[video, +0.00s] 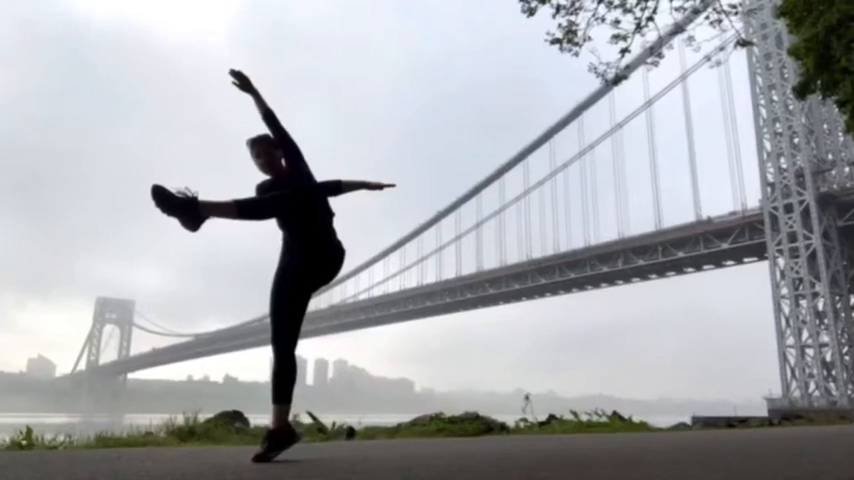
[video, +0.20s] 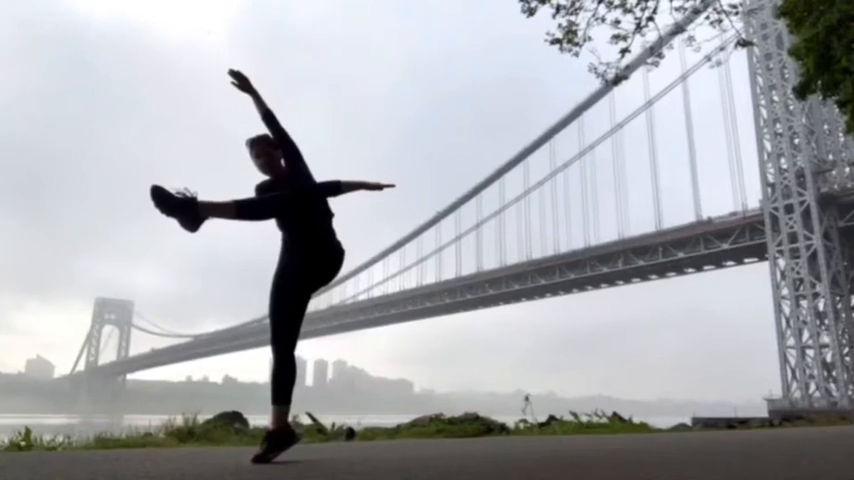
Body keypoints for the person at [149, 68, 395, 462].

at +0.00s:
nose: (261, 161)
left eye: (265, 154)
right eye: (257, 157)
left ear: (280, 151)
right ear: (255, 162)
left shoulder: (299, 172)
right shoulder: (267, 192)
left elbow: (280, 131)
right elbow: (323, 189)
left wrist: (254, 92)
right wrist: (365, 185)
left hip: (325, 255)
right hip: (294, 263)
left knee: (282, 203)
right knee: (283, 344)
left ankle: (201, 210)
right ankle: (281, 427)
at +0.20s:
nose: (261, 161)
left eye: (265, 154)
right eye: (256, 158)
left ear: (279, 151)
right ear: (254, 162)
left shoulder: (298, 173)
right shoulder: (266, 193)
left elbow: (280, 132)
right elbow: (322, 189)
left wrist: (253, 93)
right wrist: (365, 186)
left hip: (324, 256)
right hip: (294, 264)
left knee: (283, 203)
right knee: (283, 346)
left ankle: (200, 210)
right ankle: (280, 428)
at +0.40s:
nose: (260, 161)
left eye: (265, 154)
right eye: (256, 158)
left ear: (279, 152)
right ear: (254, 163)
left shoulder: (298, 173)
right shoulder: (266, 193)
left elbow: (279, 131)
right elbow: (320, 190)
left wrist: (253, 93)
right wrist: (363, 186)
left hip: (323, 256)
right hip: (293, 265)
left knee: (282, 203)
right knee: (282, 346)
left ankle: (199, 210)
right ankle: (279, 429)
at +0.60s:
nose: (259, 161)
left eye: (264, 154)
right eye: (255, 158)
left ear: (278, 153)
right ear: (253, 163)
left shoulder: (297, 173)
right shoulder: (264, 193)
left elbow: (278, 131)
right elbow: (317, 191)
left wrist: (252, 93)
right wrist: (360, 186)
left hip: (323, 256)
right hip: (292, 265)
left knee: (280, 203)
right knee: (282, 347)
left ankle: (198, 211)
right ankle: (279, 430)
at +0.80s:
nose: (259, 162)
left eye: (263, 155)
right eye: (254, 159)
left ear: (277, 153)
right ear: (253, 163)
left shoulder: (296, 172)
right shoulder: (264, 193)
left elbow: (277, 131)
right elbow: (319, 191)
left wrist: (251, 93)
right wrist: (361, 187)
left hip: (322, 256)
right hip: (292, 265)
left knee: (279, 204)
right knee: (281, 348)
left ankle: (197, 211)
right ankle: (278, 431)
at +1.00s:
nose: (257, 162)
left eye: (262, 155)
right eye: (253, 159)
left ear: (277, 153)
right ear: (252, 163)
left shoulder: (295, 173)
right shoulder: (264, 193)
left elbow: (276, 131)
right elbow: (319, 191)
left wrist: (251, 93)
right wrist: (362, 187)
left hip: (322, 257)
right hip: (292, 266)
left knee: (279, 204)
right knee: (280, 348)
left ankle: (197, 212)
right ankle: (277, 432)